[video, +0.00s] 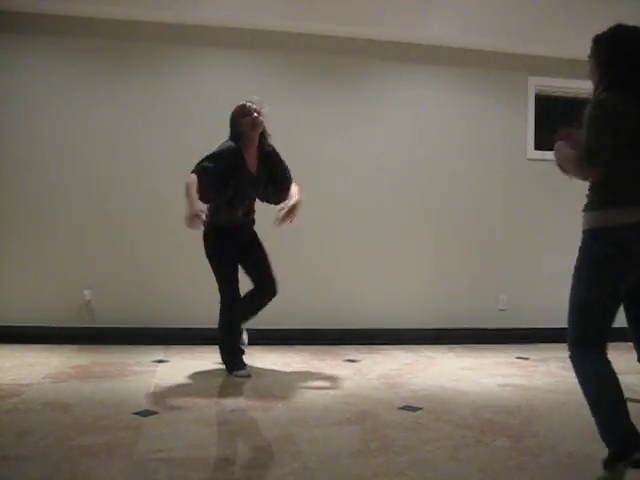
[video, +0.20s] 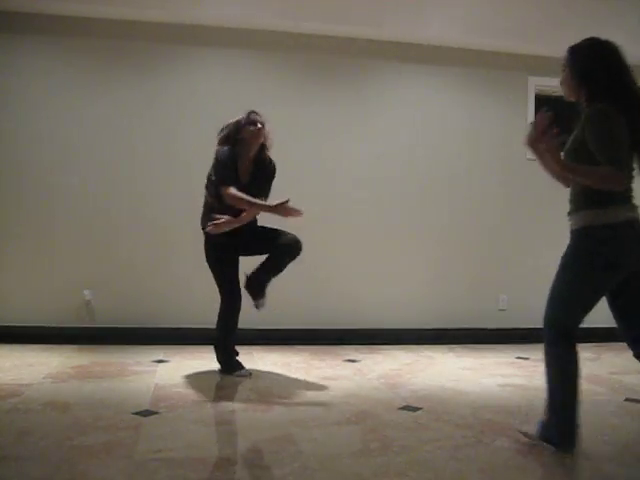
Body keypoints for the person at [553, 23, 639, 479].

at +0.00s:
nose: (589, 71)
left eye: (593, 63)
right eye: (590, 62)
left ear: (607, 64)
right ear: (632, 62)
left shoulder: (607, 105)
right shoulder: (631, 104)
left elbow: (591, 169)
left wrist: (564, 155)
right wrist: (582, 148)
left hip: (611, 237)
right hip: (632, 235)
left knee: (585, 344)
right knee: (635, 338)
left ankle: (623, 445)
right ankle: (628, 445)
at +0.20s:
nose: (561, 77)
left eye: (566, 70)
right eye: (563, 69)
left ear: (584, 75)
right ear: (601, 72)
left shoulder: (601, 114)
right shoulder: (596, 115)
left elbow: (618, 176)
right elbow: (570, 176)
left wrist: (565, 167)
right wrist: (539, 147)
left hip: (599, 240)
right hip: (620, 238)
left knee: (558, 326)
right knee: (636, 337)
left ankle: (560, 431)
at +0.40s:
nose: (513, 92)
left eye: (518, 85)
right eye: (515, 84)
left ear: (533, 91)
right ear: (553, 90)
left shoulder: (544, 135)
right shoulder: (568, 131)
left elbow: (527, 196)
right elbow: (522, 182)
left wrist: (483, 164)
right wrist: (486, 156)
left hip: (554, 246)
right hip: (589, 243)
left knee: (522, 332)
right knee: (609, 337)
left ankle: (522, 421)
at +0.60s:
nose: (475, 89)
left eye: (479, 82)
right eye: (477, 82)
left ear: (492, 88)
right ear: (516, 87)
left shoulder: (498, 127)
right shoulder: (526, 125)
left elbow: (459, 175)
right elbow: (476, 164)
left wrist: (419, 147)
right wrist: (448, 135)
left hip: (511, 237)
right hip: (536, 233)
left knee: (514, 326)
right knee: (507, 317)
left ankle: (523, 420)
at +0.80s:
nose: (437, 116)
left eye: (443, 110)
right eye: (440, 110)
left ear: (457, 116)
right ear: (472, 116)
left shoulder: (454, 153)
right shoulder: (480, 150)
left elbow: (434, 204)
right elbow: (450, 198)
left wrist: (400, 183)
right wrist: (419, 189)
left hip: (468, 250)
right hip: (485, 247)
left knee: (496, 335)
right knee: (435, 308)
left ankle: (525, 419)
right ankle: (423, 382)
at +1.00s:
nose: (403, 104)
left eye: (409, 100)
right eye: (406, 99)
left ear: (422, 106)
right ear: (427, 108)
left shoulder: (424, 135)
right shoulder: (433, 141)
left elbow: (427, 172)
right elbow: (462, 188)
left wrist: (399, 136)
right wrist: (434, 205)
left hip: (435, 235)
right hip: (430, 234)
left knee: (450, 310)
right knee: (413, 303)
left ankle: (472, 386)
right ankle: (422, 380)